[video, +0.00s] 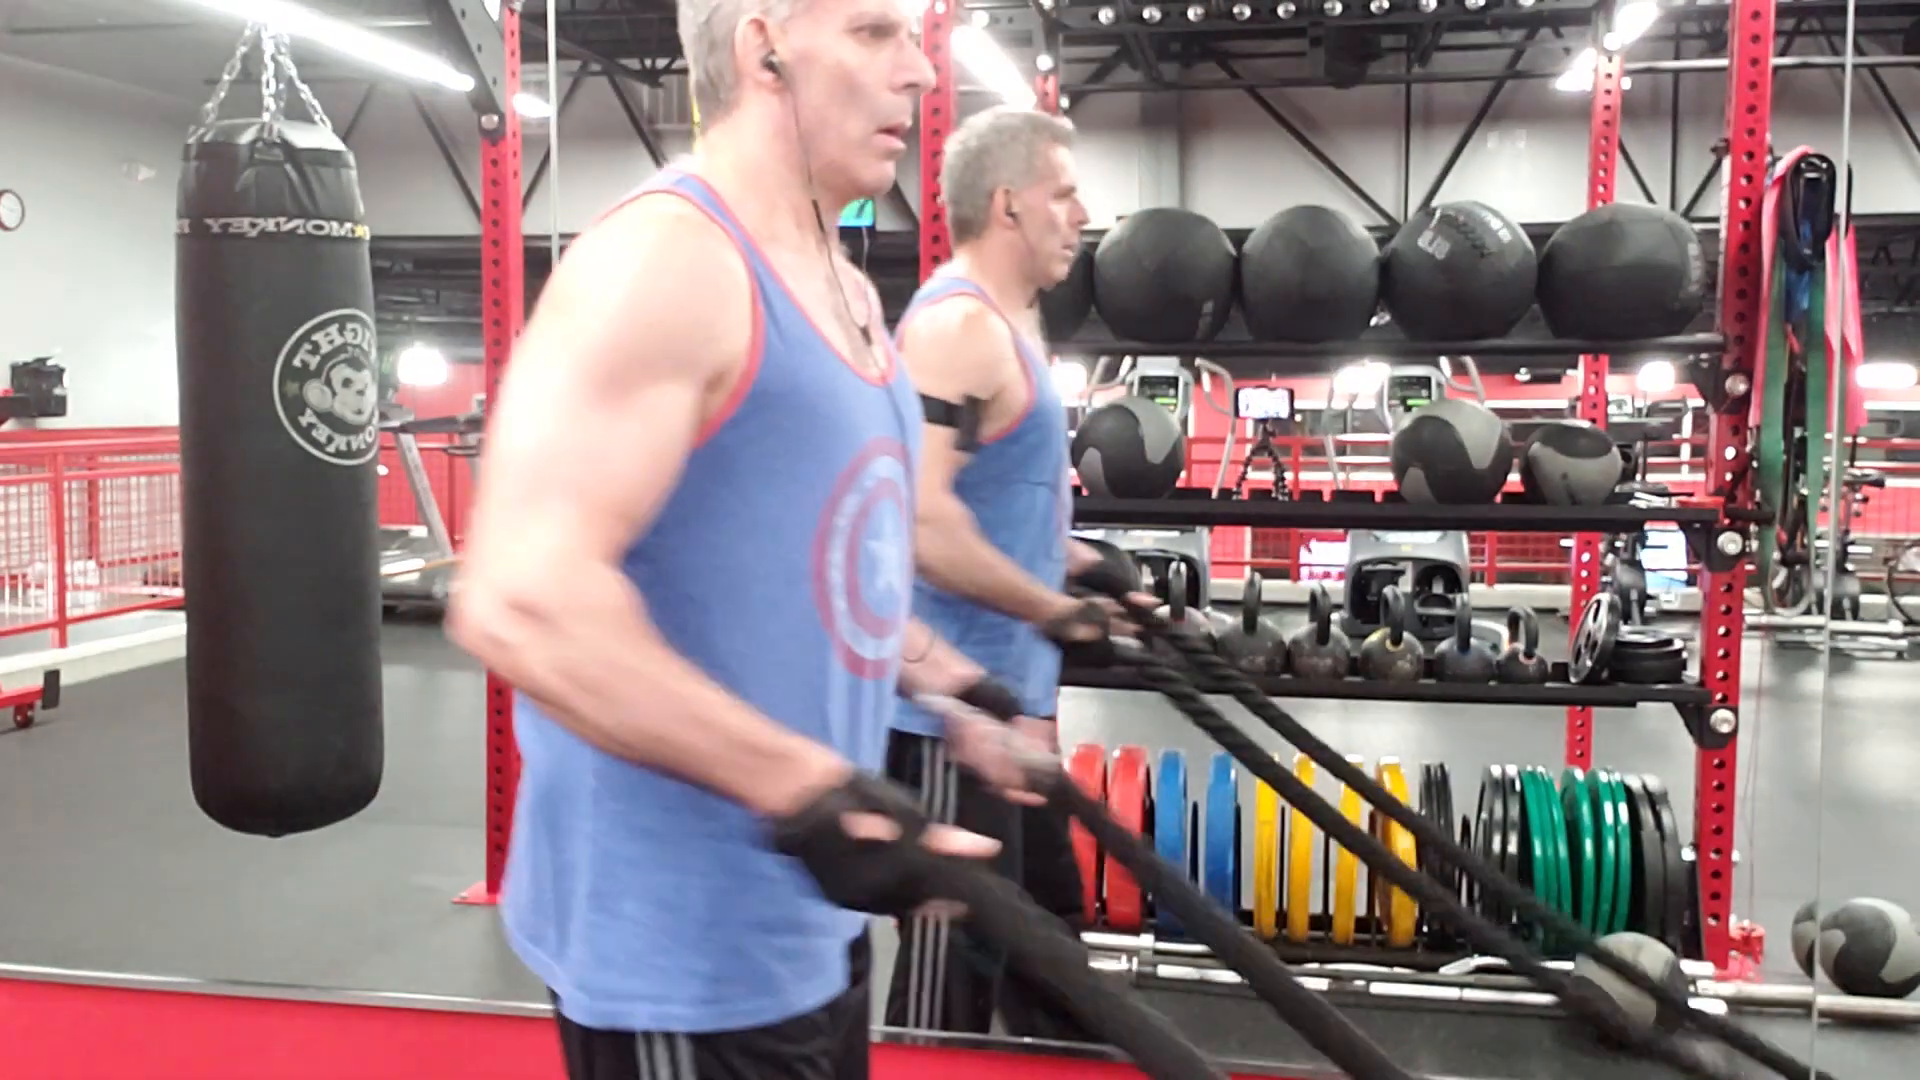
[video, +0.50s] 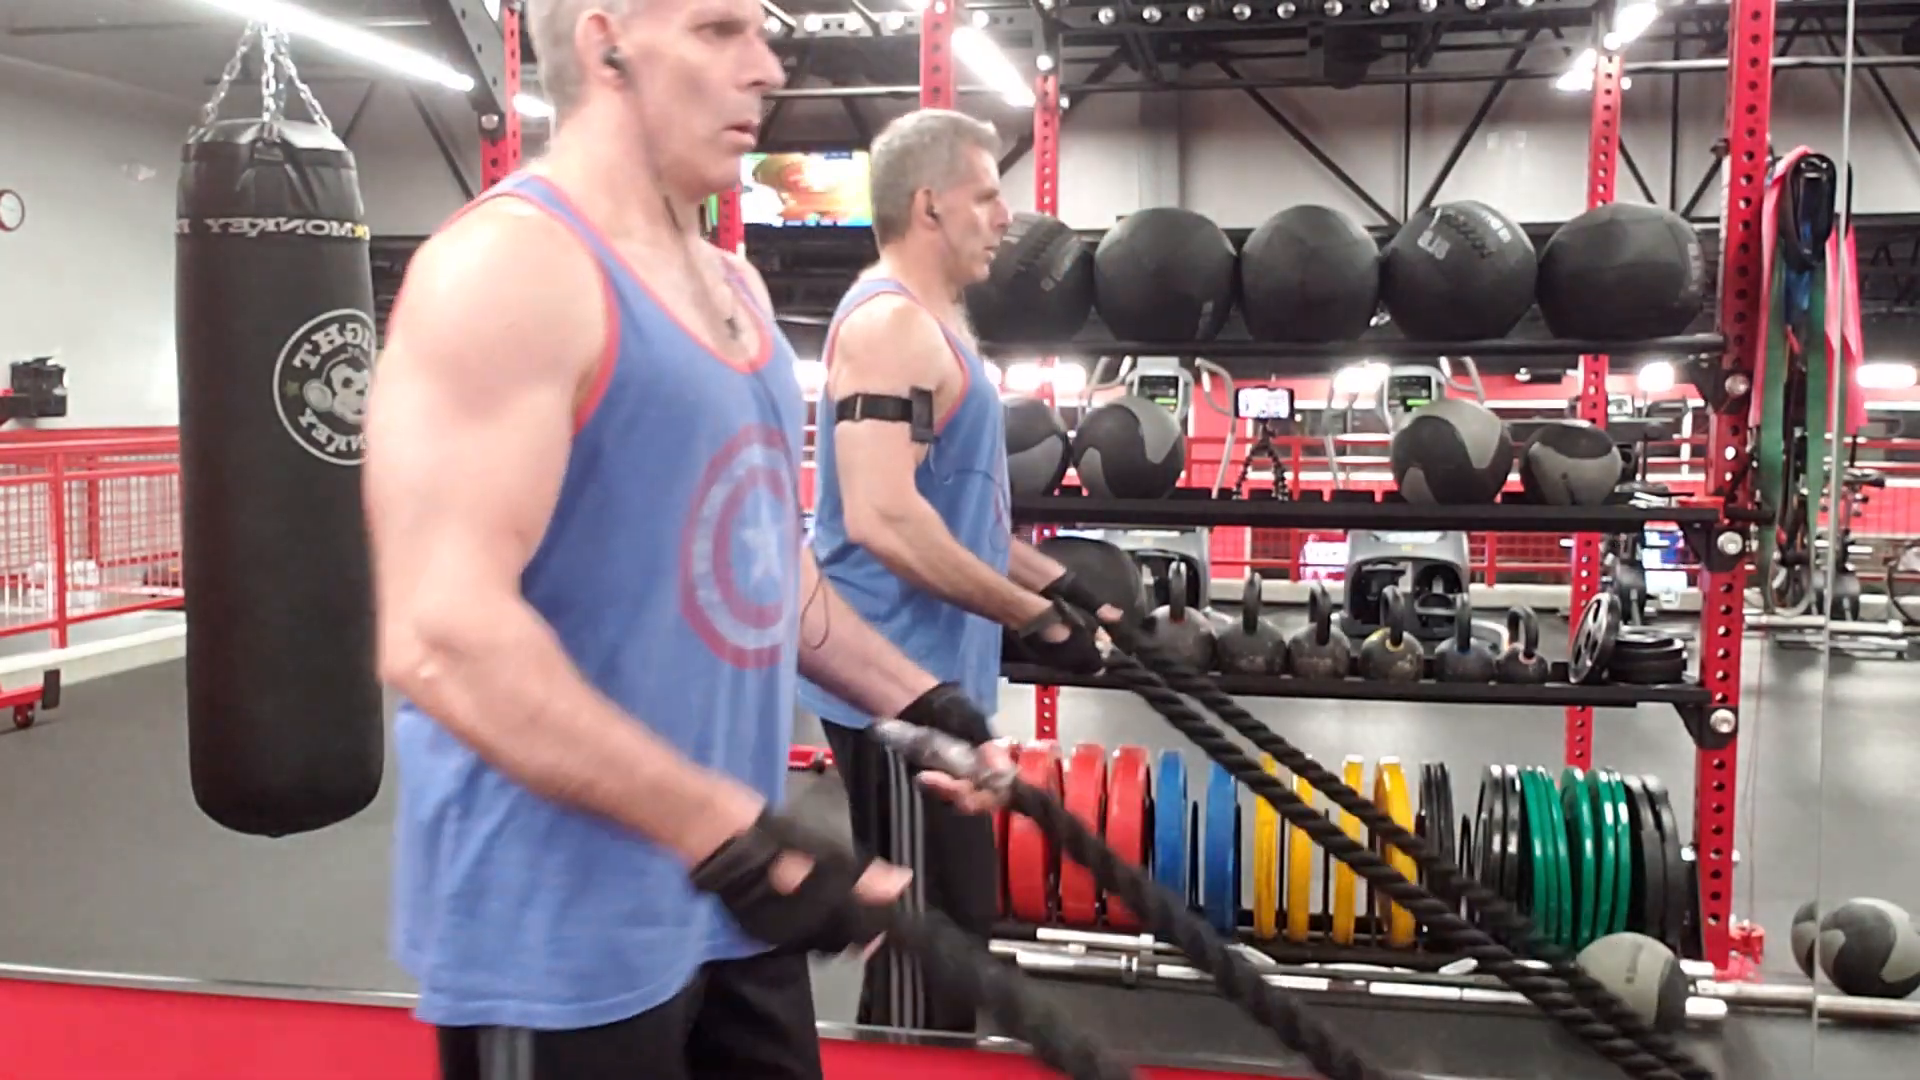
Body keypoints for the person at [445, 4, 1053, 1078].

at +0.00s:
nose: (918, 74)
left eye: (916, 41)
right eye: (875, 31)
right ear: (764, 39)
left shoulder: (838, 280)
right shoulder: (662, 257)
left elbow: (821, 571)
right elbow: (518, 594)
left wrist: (965, 704)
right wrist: (809, 791)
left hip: (806, 910)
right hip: (686, 948)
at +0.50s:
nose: (769, 71)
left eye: (766, 38)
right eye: (723, 29)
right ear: (606, 40)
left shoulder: (734, 283)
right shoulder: (505, 266)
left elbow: (766, 567)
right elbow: (441, 633)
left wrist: (923, 706)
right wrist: (739, 841)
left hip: (736, 915)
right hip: (564, 951)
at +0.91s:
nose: (776, 151)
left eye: (782, 115)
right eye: (743, 105)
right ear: (626, 71)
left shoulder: (705, 283)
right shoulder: (471, 286)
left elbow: (731, 567)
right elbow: (410, 662)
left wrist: (884, 711)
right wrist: (703, 868)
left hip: (699, 938)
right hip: (505, 979)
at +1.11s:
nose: (825, 182)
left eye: (836, 146)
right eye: (799, 134)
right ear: (686, 98)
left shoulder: (757, 318)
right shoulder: (521, 302)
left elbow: (763, 593)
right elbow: (432, 658)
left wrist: (899, 748)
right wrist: (675, 895)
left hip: (734, 946)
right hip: (553, 981)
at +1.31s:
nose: (862, 173)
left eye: (868, 137)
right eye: (832, 127)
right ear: (718, 105)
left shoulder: (792, 336)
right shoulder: (550, 306)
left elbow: (786, 601)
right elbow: (452, 650)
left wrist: (905, 781)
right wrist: (684, 884)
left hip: (747, 921)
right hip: (573, 954)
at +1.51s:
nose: (875, 160)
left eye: (877, 124)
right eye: (843, 116)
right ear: (728, 108)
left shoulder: (797, 341)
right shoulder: (560, 310)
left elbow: (784, 603)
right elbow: (451, 657)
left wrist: (909, 790)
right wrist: (679, 893)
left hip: (743, 924)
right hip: (560, 960)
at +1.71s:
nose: (863, 147)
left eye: (860, 111)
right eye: (826, 105)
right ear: (708, 106)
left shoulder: (778, 342)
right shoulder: (545, 323)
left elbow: (765, 615)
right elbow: (445, 687)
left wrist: (886, 799)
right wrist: (694, 932)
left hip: (737, 924)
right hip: (542, 982)